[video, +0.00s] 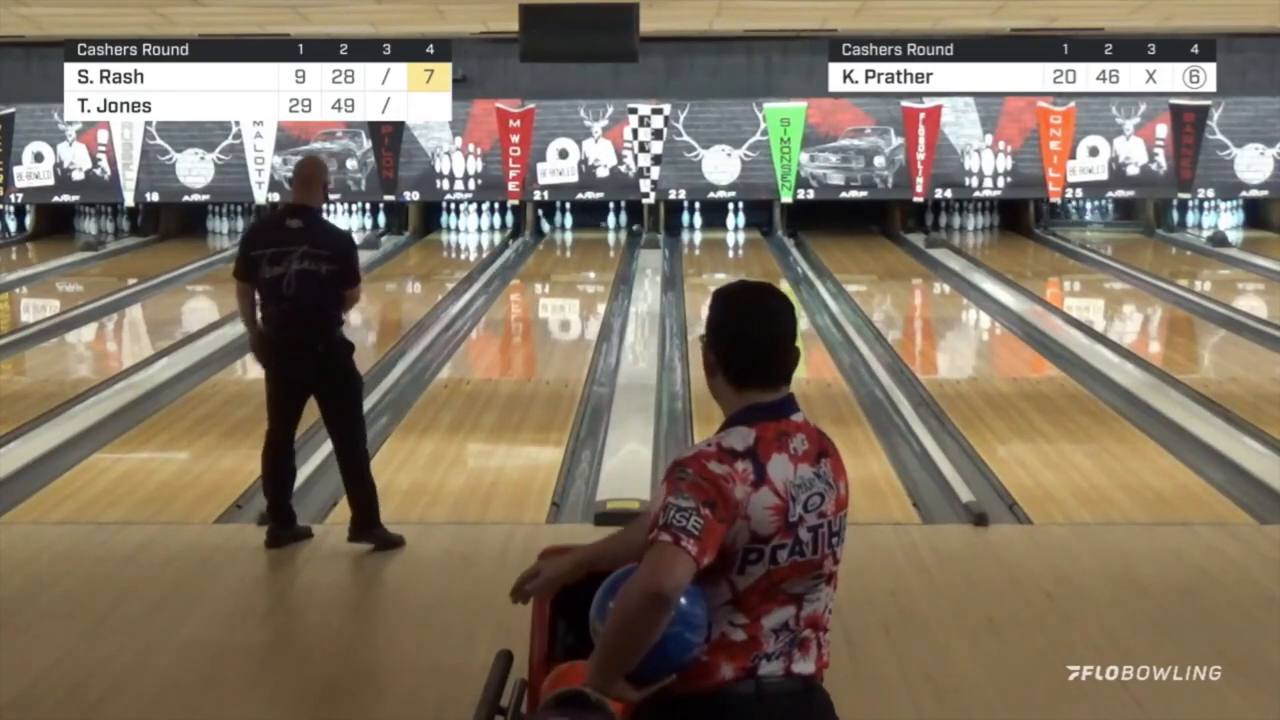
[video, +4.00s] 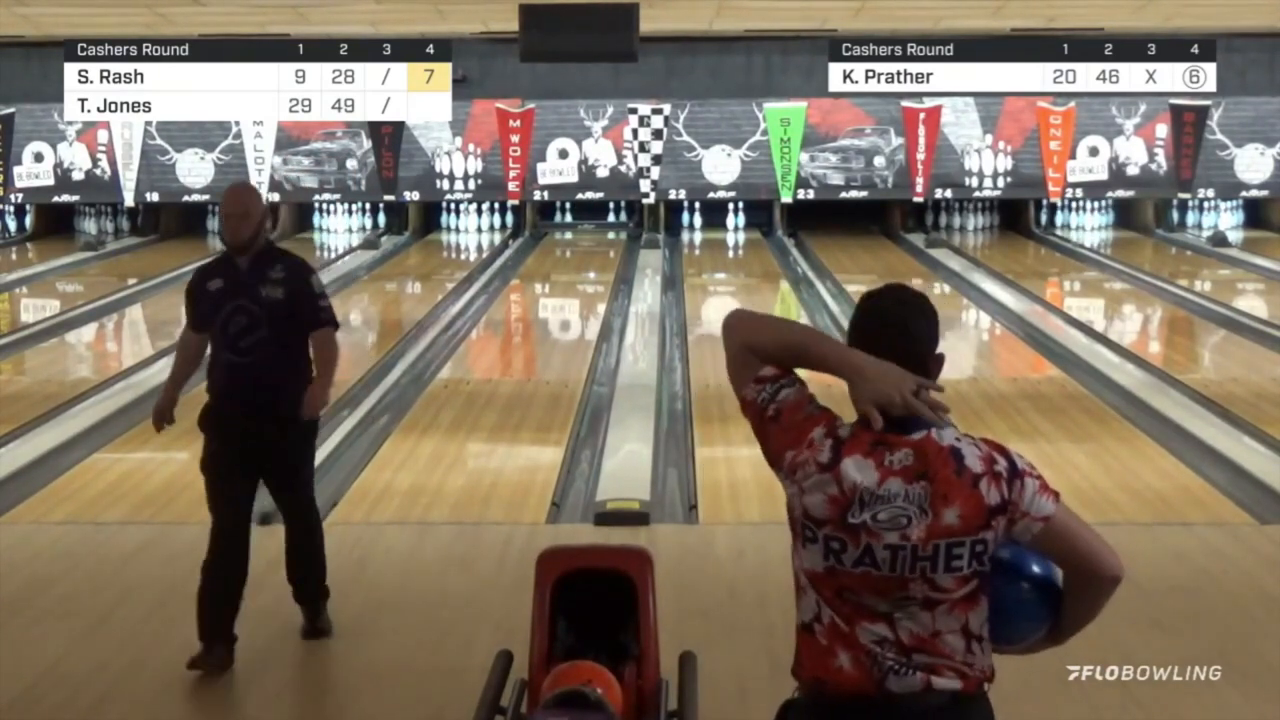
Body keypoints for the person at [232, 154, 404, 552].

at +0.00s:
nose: (326, 191)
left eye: (319, 183)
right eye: (326, 185)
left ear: (291, 184)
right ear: (323, 188)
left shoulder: (260, 229)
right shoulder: (337, 240)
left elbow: (244, 286)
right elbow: (351, 296)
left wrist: (254, 332)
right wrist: (319, 310)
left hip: (278, 347)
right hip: (328, 350)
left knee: (279, 436)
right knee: (350, 438)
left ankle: (281, 525)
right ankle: (366, 523)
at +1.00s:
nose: (314, 196)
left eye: (312, 189)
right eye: (313, 190)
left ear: (279, 186)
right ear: (307, 191)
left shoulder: (242, 233)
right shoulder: (314, 237)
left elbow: (240, 293)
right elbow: (330, 302)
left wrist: (260, 330)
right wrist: (347, 353)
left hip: (266, 347)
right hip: (312, 348)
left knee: (272, 435)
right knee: (316, 441)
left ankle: (280, 525)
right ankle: (324, 527)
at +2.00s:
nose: (314, 203)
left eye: (314, 196)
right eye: (311, 196)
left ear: (279, 195)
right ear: (298, 196)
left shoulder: (239, 234)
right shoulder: (313, 235)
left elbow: (229, 299)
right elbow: (328, 297)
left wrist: (236, 345)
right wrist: (337, 344)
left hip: (253, 348)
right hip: (299, 349)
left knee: (264, 437)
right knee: (307, 441)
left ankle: (279, 526)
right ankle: (320, 528)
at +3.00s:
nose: (318, 212)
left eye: (319, 204)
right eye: (314, 203)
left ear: (292, 201)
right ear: (295, 202)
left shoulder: (286, 246)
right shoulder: (268, 251)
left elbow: (291, 320)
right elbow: (265, 331)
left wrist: (310, 374)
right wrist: (289, 389)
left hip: (297, 370)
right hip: (267, 376)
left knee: (318, 448)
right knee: (282, 461)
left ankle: (318, 537)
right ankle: (282, 557)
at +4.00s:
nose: (234, 225)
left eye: (244, 216)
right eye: (227, 216)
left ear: (265, 218)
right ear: (218, 219)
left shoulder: (294, 273)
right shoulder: (207, 279)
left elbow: (325, 339)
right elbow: (193, 339)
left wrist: (319, 392)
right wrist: (169, 393)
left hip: (288, 416)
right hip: (228, 419)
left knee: (300, 515)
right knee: (227, 529)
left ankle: (314, 606)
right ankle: (216, 642)